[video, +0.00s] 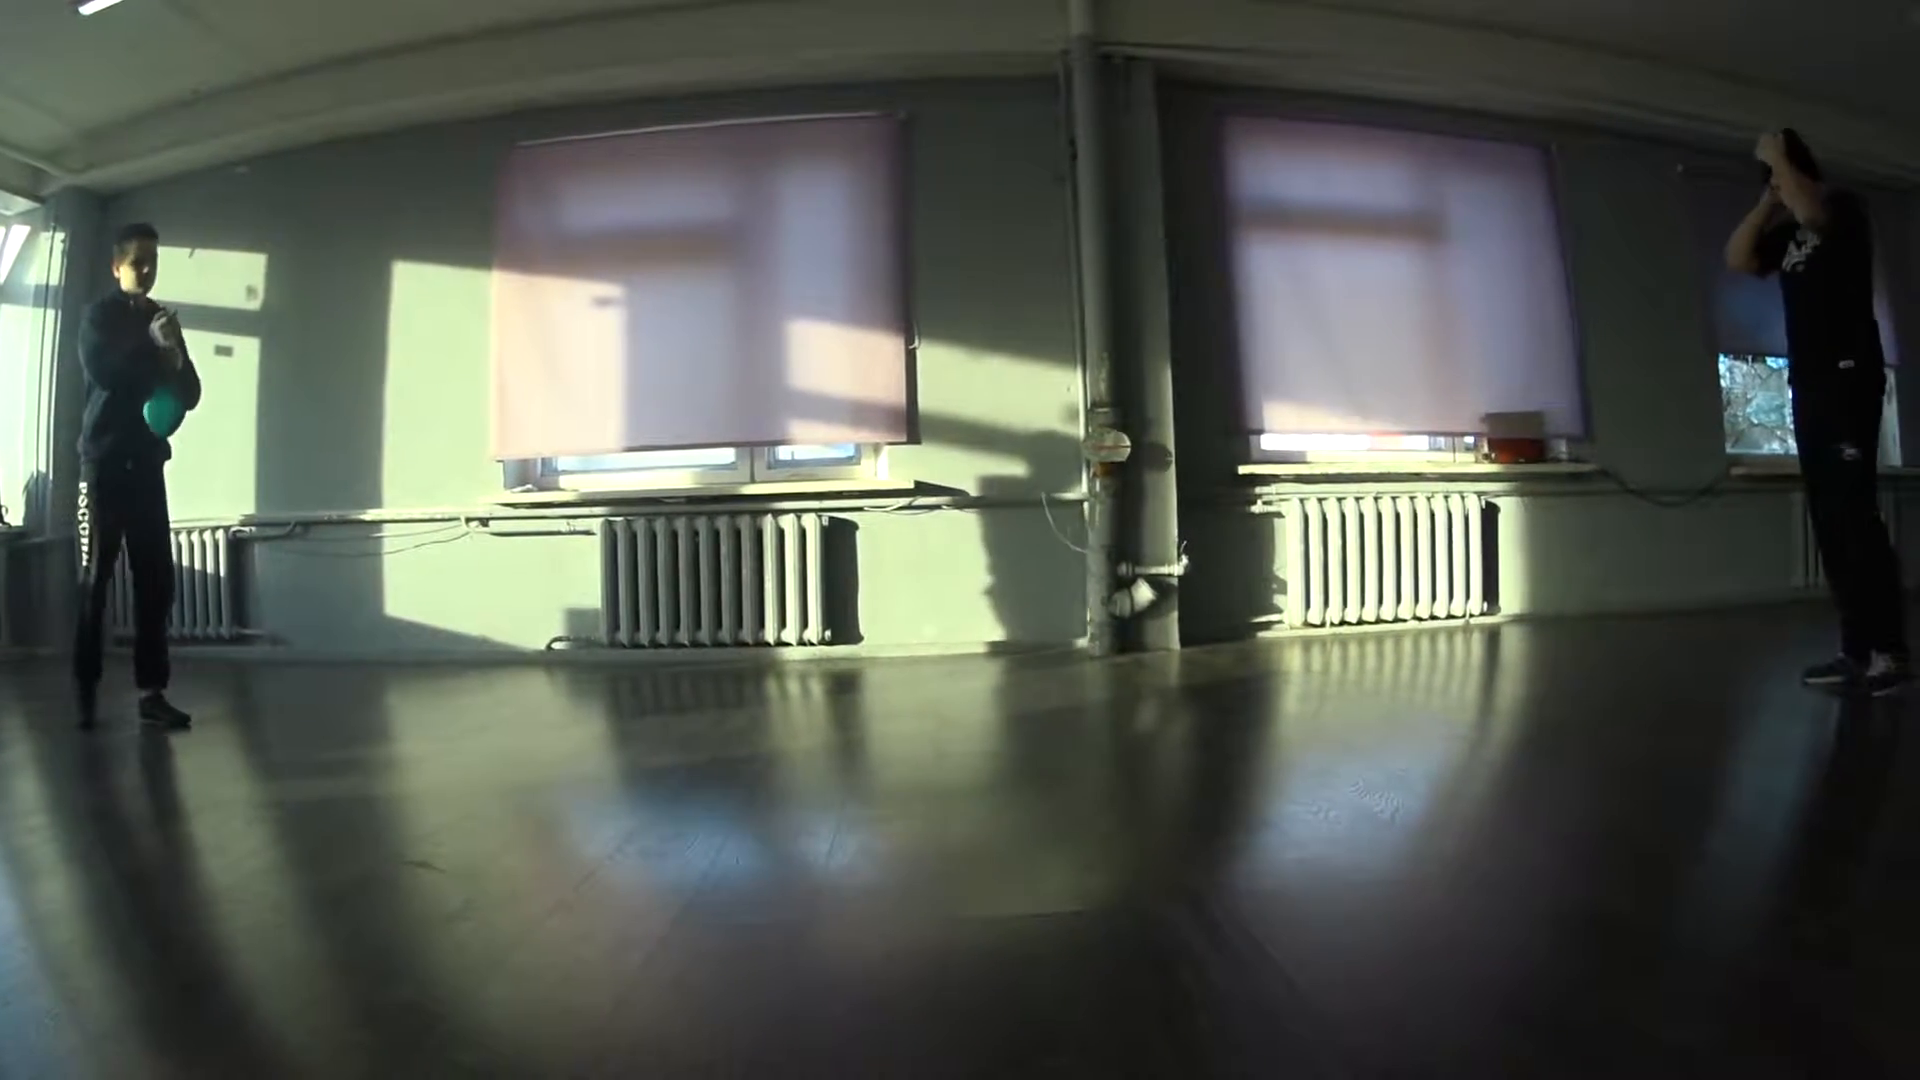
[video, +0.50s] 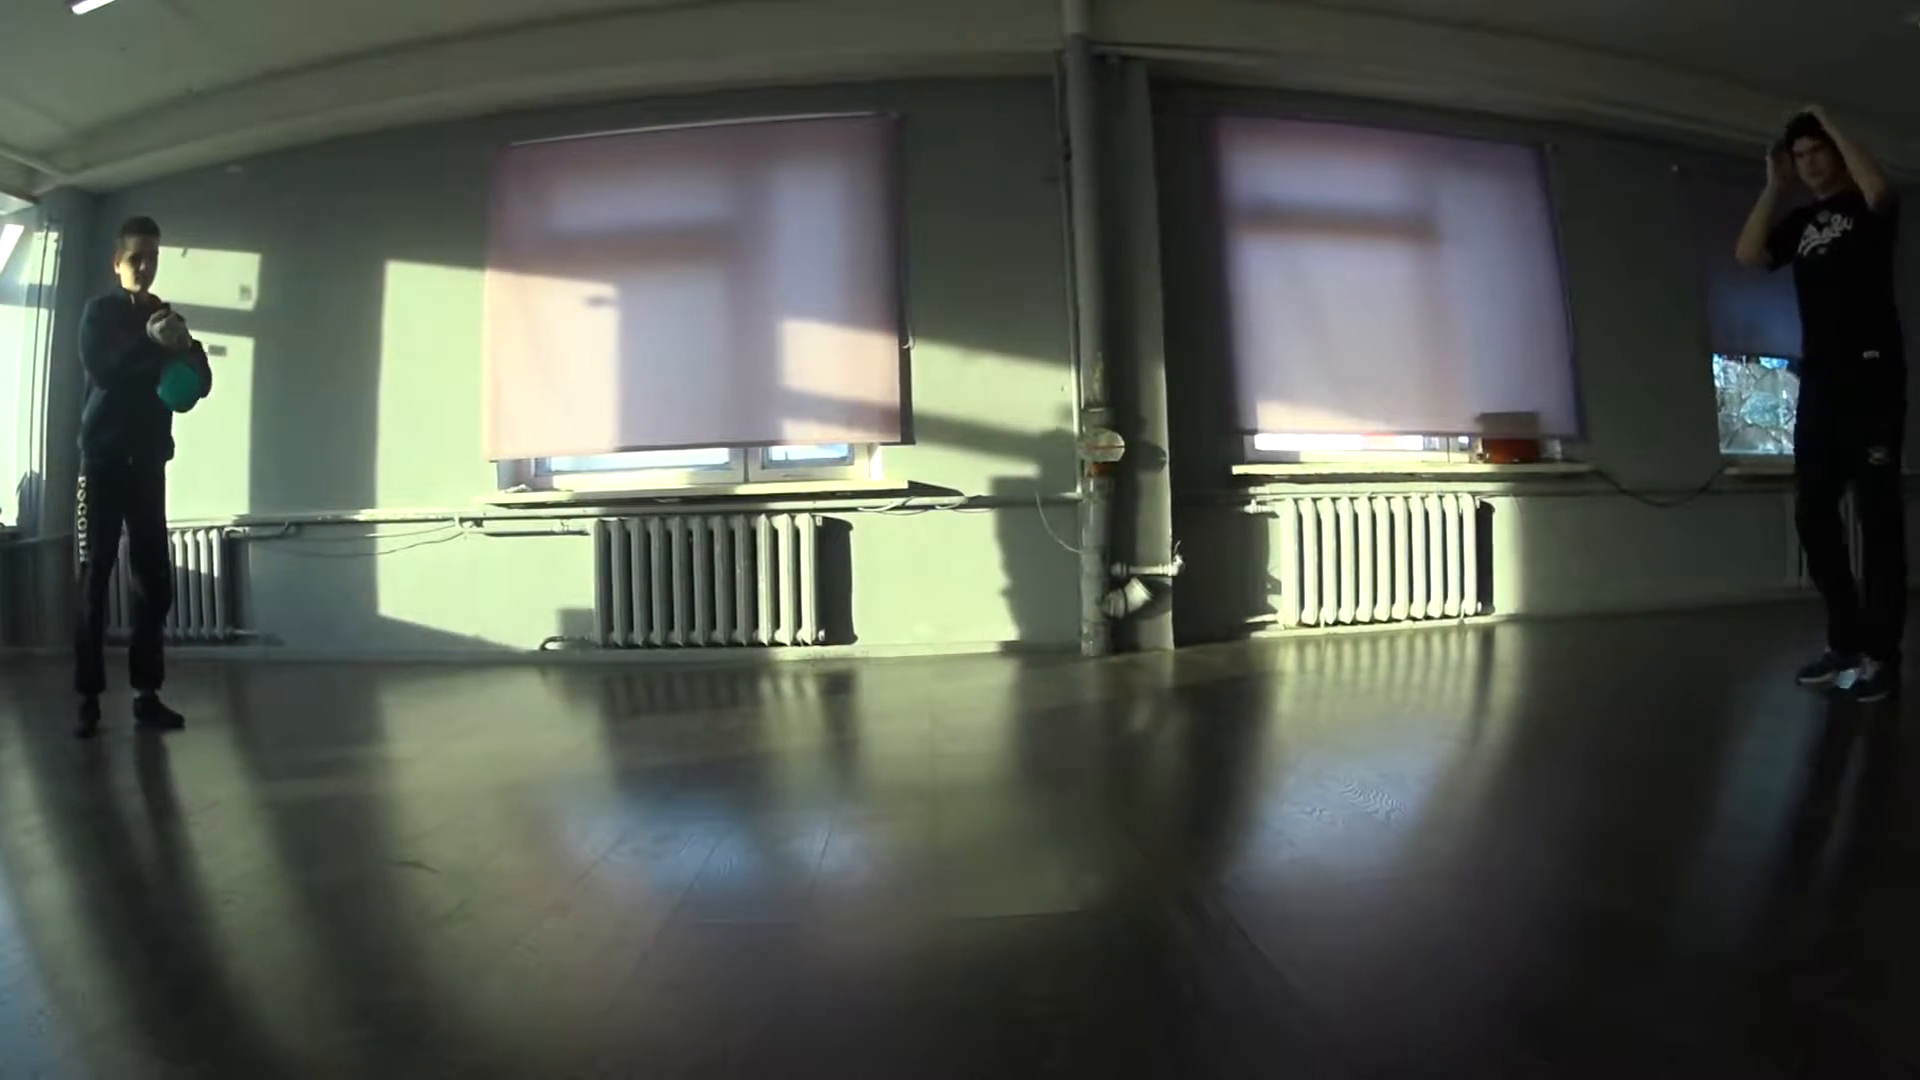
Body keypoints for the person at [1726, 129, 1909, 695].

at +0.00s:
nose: (1776, 185)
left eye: (1782, 175)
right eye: (1772, 178)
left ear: (1805, 172)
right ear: (1780, 181)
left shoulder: (1845, 216)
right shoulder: (1786, 237)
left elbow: (1809, 211)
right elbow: (1738, 259)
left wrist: (1779, 161)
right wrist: (1767, 199)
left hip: (1852, 383)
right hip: (1811, 387)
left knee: (1855, 516)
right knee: (1829, 519)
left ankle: (1888, 650)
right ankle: (1855, 652)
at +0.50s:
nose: (1811, 163)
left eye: (1819, 152)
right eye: (1801, 157)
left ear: (1839, 155)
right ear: (1793, 168)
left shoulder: (1873, 206)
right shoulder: (1801, 223)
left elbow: (1876, 192)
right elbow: (1749, 254)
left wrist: (1831, 126)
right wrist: (1772, 188)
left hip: (1875, 378)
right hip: (1819, 381)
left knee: (1878, 514)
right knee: (1813, 514)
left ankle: (1882, 656)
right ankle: (1846, 647)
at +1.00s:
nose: (1813, 159)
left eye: (1819, 147)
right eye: (1804, 152)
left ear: (1840, 148)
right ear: (1798, 161)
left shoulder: (1875, 203)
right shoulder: (1802, 215)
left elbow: (1875, 191)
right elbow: (1742, 231)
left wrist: (1834, 124)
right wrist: (1763, 161)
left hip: (1874, 380)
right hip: (1817, 383)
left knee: (1882, 519)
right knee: (1803, 517)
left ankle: (1878, 660)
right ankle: (1833, 649)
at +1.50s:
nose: (1772, 160)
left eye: (1780, 149)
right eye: (1766, 150)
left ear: (1803, 151)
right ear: (1764, 159)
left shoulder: (1836, 200)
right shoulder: (1777, 218)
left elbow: (1799, 185)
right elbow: (1729, 244)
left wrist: (1778, 127)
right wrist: (1743, 187)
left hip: (1837, 381)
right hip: (1789, 383)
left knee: (1853, 521)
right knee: (1790, 525)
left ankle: (1873, 663)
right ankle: (1815, 664)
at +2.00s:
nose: (1725, 172)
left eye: (1729, 163)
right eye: (1723, 164)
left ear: (1752, 157)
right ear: (1734, 165)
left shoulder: (1799, 204)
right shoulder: (1740, 227)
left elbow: (1765, 205)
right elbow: (1696, 268)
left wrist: (1728, 151)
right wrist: (1707, 206)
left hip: (1801, 374)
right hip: (1762, 378)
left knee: (1788, 516)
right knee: (1779, 519)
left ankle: (1831, 650)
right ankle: (1808, 655)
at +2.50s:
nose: (1684, 176)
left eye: (1690, 163)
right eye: (1676, 169)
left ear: (1717, 157)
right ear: (1675, 173)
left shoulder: (1762, 209)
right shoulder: (1710, 223)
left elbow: (1806, 298)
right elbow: (1725, 311)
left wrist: (1833, 379)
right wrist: (1720, 389)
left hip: (1768, 384)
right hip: (1736, 387)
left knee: (1742, 526)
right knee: (1773, 526)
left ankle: (1723, 672)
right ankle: (1813, 661)